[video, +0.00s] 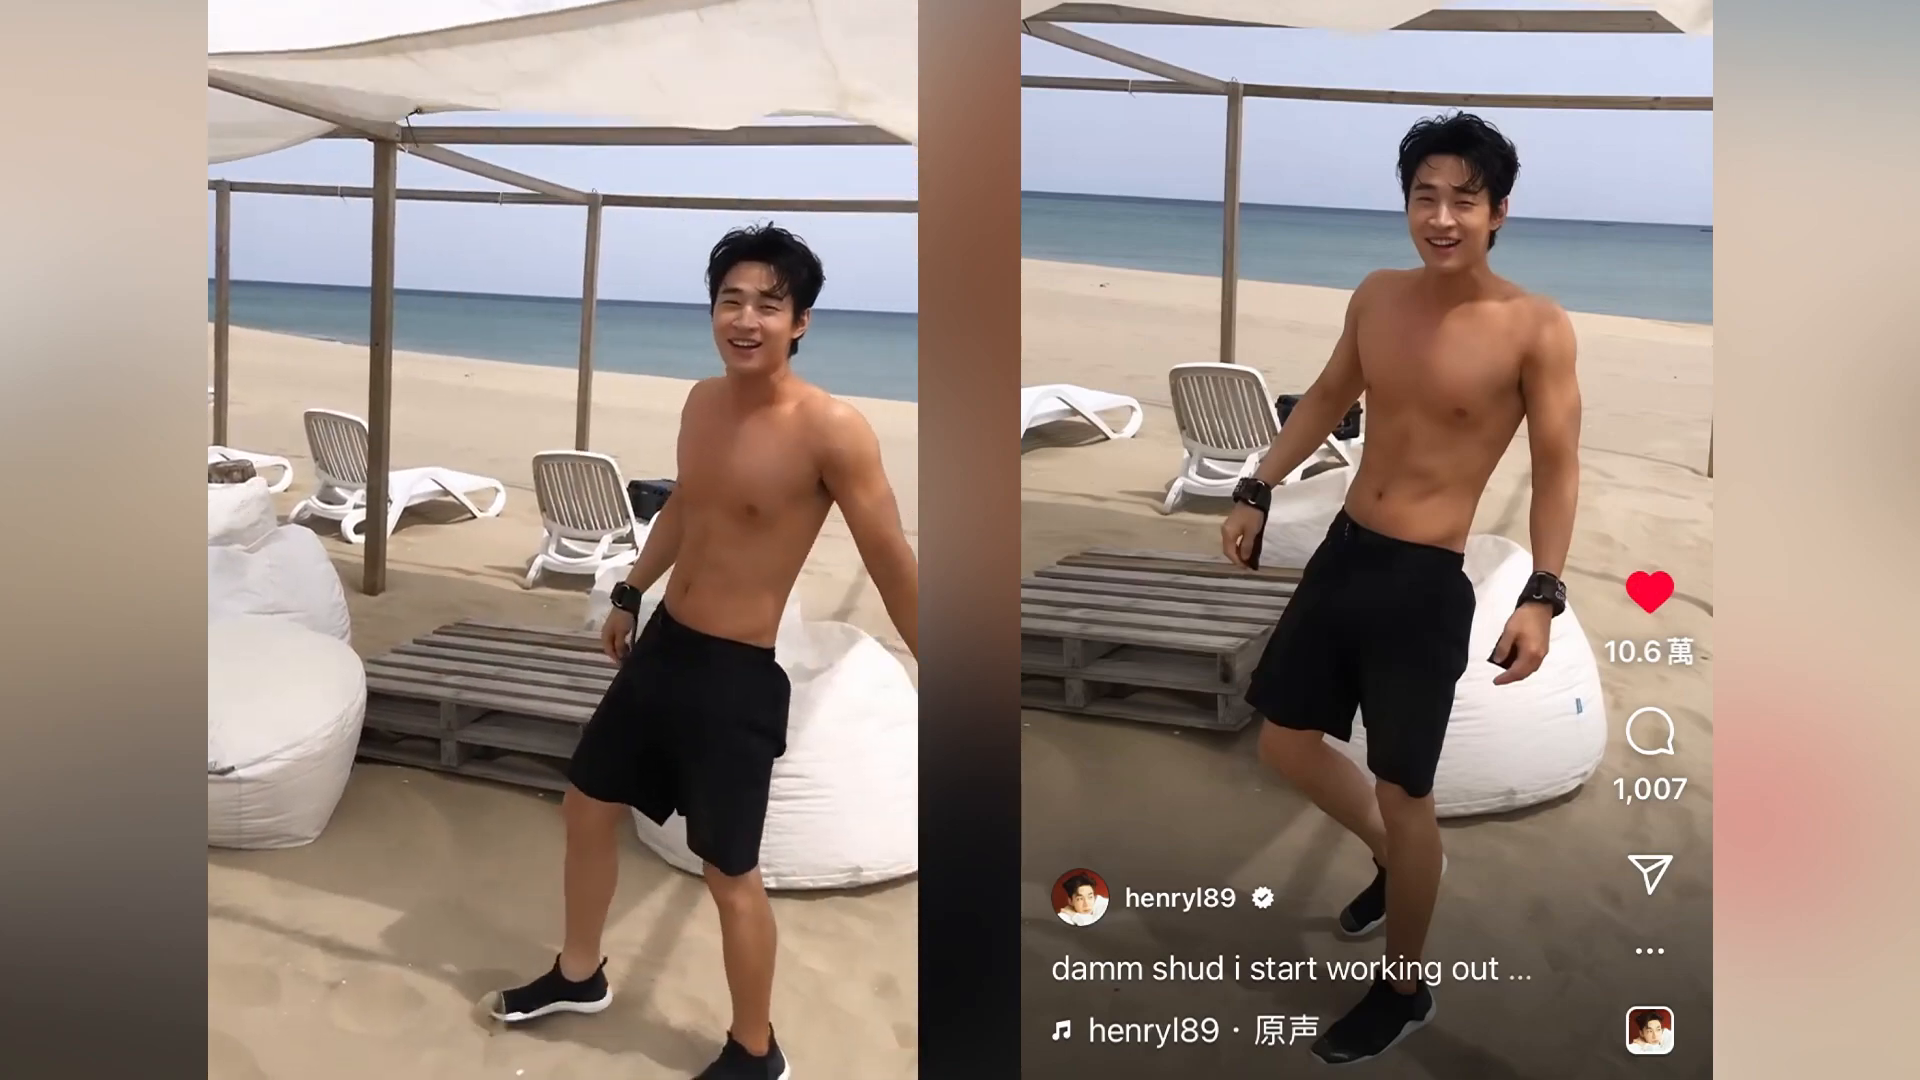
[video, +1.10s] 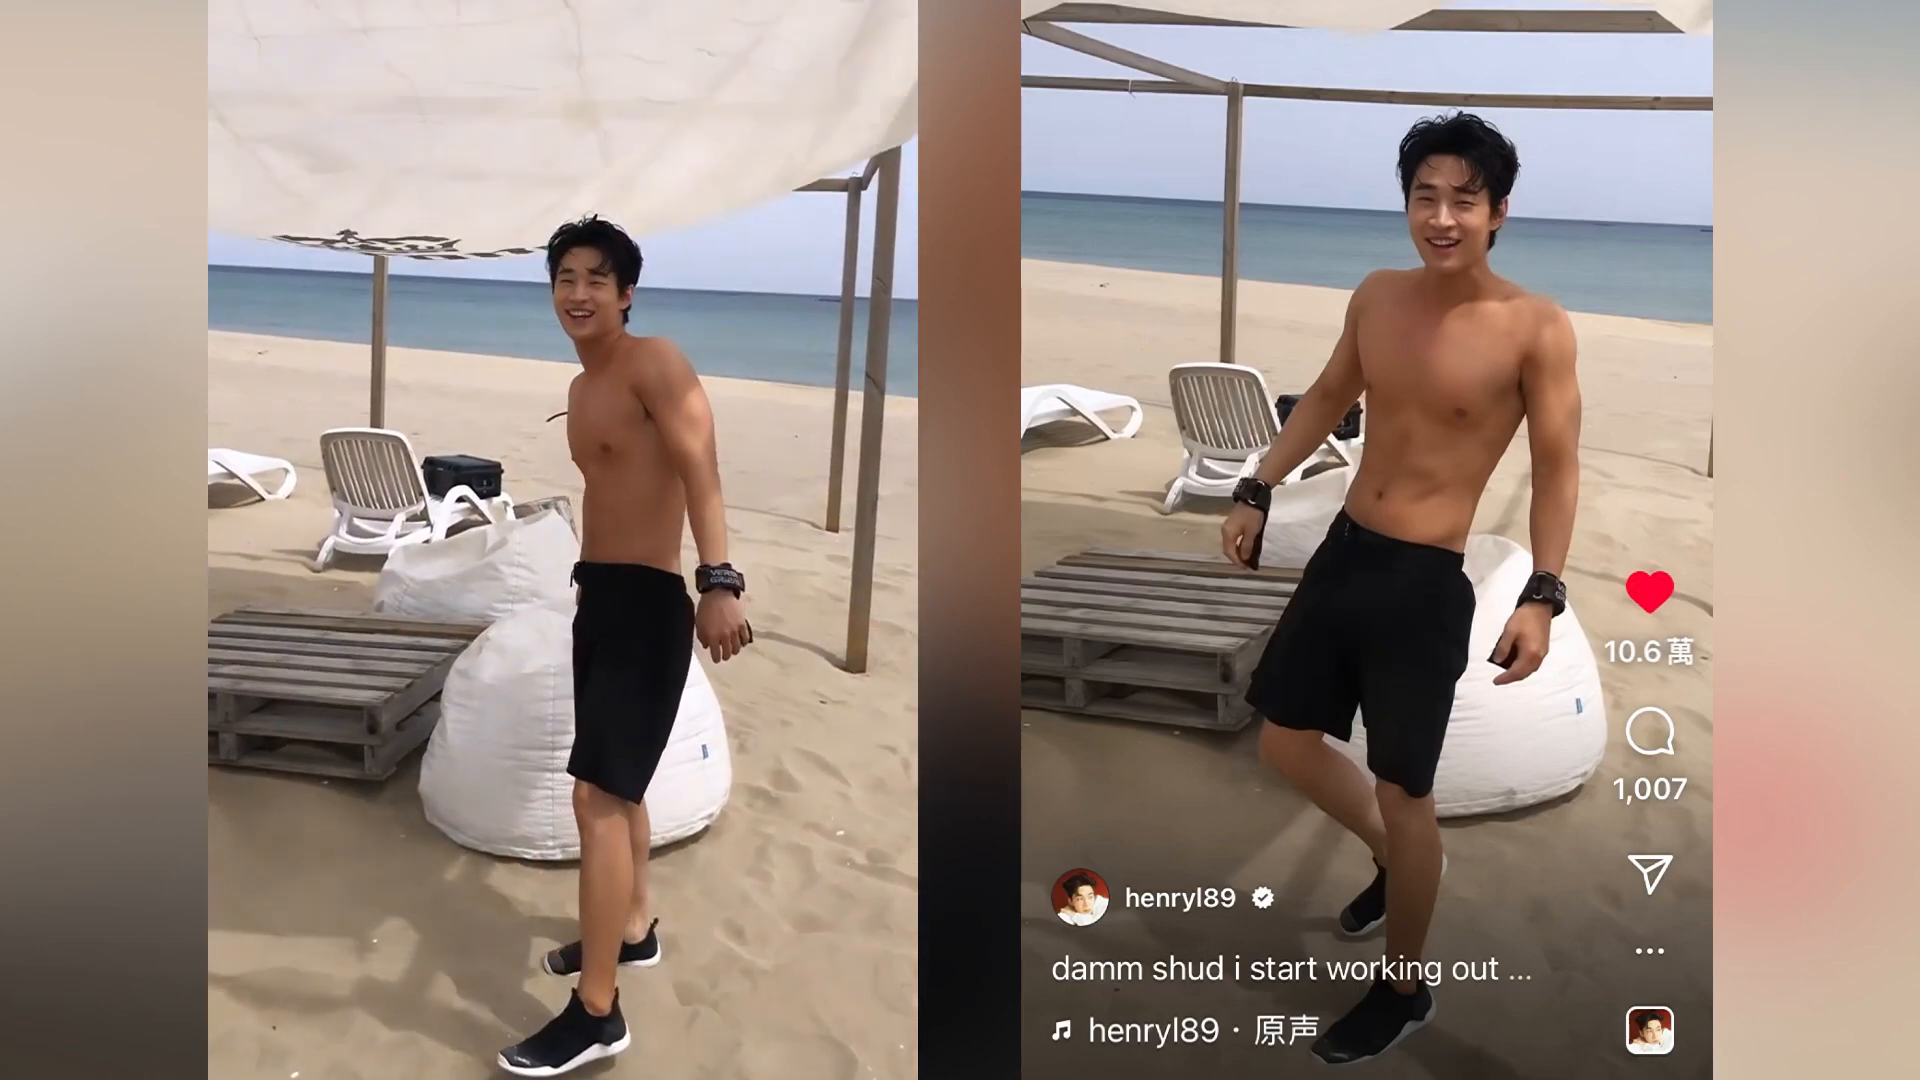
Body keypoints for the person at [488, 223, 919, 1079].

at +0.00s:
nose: (743, 318)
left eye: (765, 303)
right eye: (730, 300)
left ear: (799, 322)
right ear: (712, 312)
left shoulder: (831, 428)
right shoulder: (703, 401)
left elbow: (894, 567)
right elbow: (682, 509)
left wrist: (940, 671)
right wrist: (627, 596)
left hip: (739, 675)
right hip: (664, 649)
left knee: (732, 874)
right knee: (588, 804)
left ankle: (753, 1048)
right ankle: (578, 975)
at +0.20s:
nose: (676, 298)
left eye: (698, 282)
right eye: (661, 280)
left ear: (730, 296)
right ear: (643, 289)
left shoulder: (766, 406)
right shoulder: (619, 375)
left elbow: (803, 535)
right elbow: (587, 467)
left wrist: (828, 660)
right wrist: (523, 556)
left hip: (665, 640)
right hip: (587, 617)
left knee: (646, 835)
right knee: (514, 777)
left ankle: (653, 1016)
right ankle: (577, 927)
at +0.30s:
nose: (642, 277)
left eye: (662, 261)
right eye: (627, 260)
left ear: (695, 276)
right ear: (610, 271)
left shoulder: (731, 384)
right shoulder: (583, 354)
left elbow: (753, 514)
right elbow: (540, 448)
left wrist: (750, 637)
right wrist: (472, 531)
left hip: (627, 620)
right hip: (550, 595)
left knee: (606, 823)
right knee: (489, 768)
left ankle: (608, 999)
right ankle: (586, 880)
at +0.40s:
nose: (616, 245)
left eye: (636, 228)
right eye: (601, 227)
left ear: (670, 239)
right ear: (584, 236)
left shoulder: (703, 347)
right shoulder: (561, 320)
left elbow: (724, 475)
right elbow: (514, 415)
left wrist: (699, 584)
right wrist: (442, 494)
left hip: (607, 583)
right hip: (532, 562)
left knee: (581, 787)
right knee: (487, 743)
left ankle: (577, 971)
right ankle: (604, 833)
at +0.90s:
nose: (570, 208)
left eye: (588, 192)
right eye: (556, 193)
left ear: (620, 202)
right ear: (542, 206)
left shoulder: (657, 279)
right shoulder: (567, 303)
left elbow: (706, 386)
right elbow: (576, 407)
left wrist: (719, 504)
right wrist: (553, 495)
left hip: (631, 527)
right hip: (581, 519)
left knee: (579, 715)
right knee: (600, 694)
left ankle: (559, 916)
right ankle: (632, 837)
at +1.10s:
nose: (577, 293)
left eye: (594, 278)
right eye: (565, 280)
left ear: (626, 290)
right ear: (552, 295)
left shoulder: (654, 362)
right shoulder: (585, 384)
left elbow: (698, 468)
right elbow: (608, 494)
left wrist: (719, 583)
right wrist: (592, 589)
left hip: (643, 607)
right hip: (605, 603)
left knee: (597, 799)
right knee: (614, 785)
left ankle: (595, 1009)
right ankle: (631, 926)